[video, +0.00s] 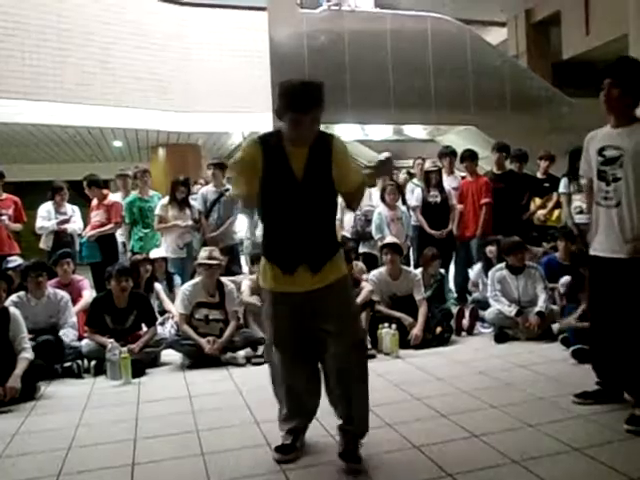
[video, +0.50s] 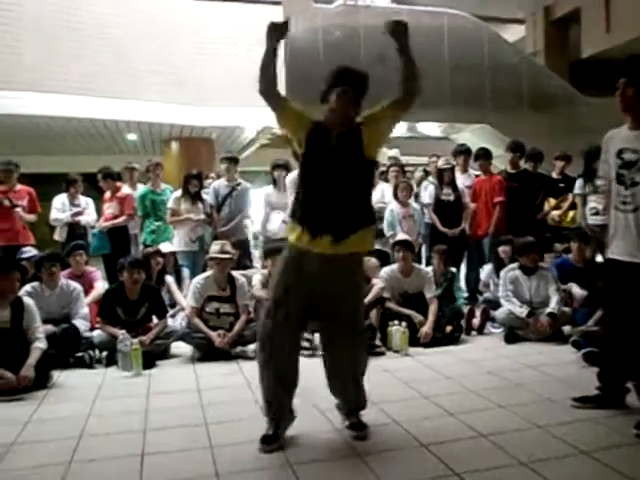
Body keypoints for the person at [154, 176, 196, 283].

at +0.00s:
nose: (181, 195)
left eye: (183, 192)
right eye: (179, 191)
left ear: (187, 192)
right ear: (174, 190)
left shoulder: (190, 206)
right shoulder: (164, 205)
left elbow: (198, 224)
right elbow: (157, 226)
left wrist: (190, 224)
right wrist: (175, 224)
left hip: (188, 244)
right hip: (171, 246)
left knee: (187, 278)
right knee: (176, 280)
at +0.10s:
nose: (180, 193)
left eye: (183, 191)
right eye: (178, 190)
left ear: (187, 191)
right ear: (173, 189)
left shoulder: (189, 204)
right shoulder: (164, 203)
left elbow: (197, 223)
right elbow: (157, 224)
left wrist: (191, 223)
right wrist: (175, 222)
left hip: (188, 243)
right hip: (171, 244)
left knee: (186, 278)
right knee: (176, 279)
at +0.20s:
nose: (185, 194)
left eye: (188, 191)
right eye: (183, 191)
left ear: (191, 192)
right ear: (177, 190)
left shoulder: (194, 206)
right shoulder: (169, 203)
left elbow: (202, 225)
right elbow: (161, 225)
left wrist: (194, 224)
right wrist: (180, 224)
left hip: (192, 246)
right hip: (175, 247)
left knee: (192, 282)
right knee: (181, 283)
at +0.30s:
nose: (191, 194)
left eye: (193, 191)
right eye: (189, 190)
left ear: (197, 191)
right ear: (183, 189)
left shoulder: (200, 205)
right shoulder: (174, 203)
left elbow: (208, 224)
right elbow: (167, 225)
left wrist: (200, 224)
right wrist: (185, 223)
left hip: (197, 246)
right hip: (181, 247)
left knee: (197, 282)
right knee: (187, 284)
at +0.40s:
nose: (192, 193)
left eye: (195, 189)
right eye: (190, 189)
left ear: (197, 190)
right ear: (184, 189)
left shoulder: (200, 205)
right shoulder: (174, 203)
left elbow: (206, 223)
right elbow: (167, 224)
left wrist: (200, 222)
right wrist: (186, 222)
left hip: (197, 247)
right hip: (181, 248)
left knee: (198, 281)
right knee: (187, 280)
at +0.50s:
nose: (193, 188)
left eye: (196, 185)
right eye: (191, 185)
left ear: (200, 186)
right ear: (186, 184)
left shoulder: (203, 200)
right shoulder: (177, 197)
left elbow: (210, 219)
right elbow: (170, 219)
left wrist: (203, 219)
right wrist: (187, 217)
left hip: (199, 240)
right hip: (183, 241)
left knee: (197, 277)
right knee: (186, 277)